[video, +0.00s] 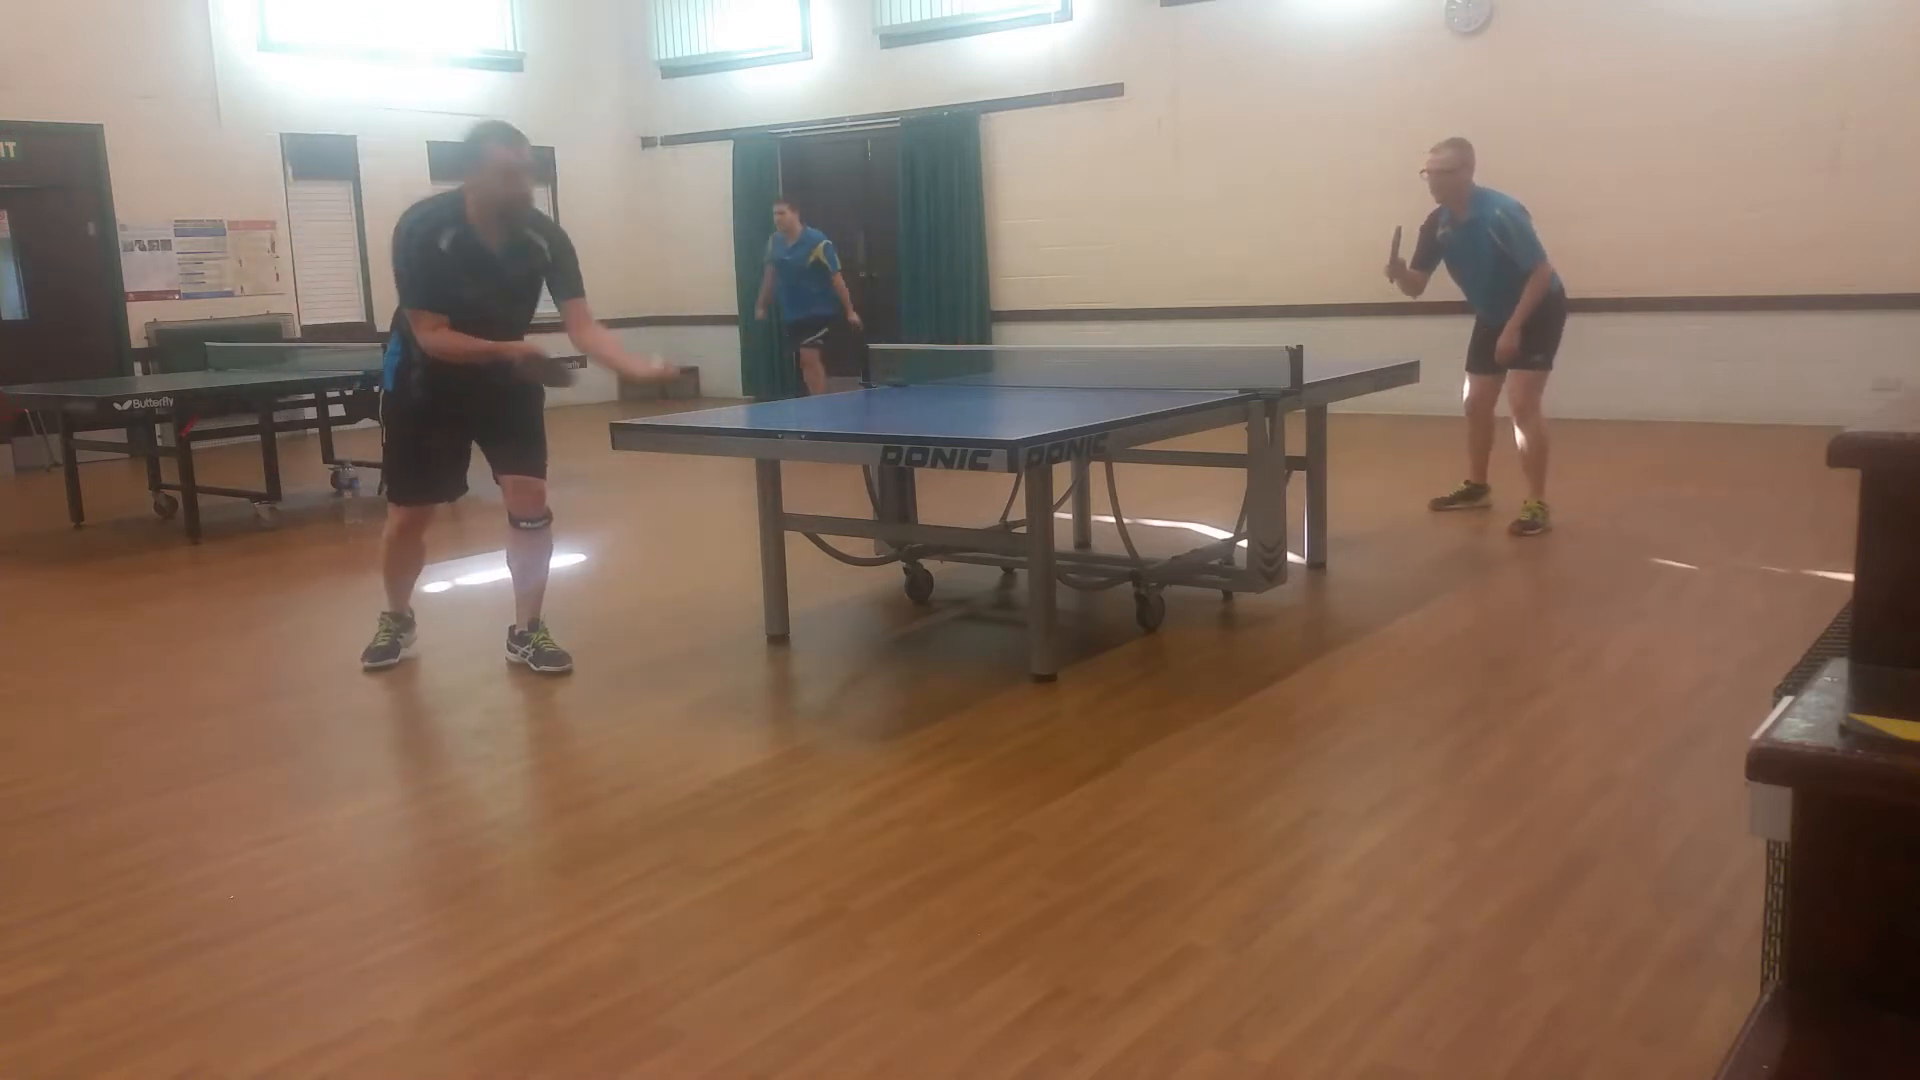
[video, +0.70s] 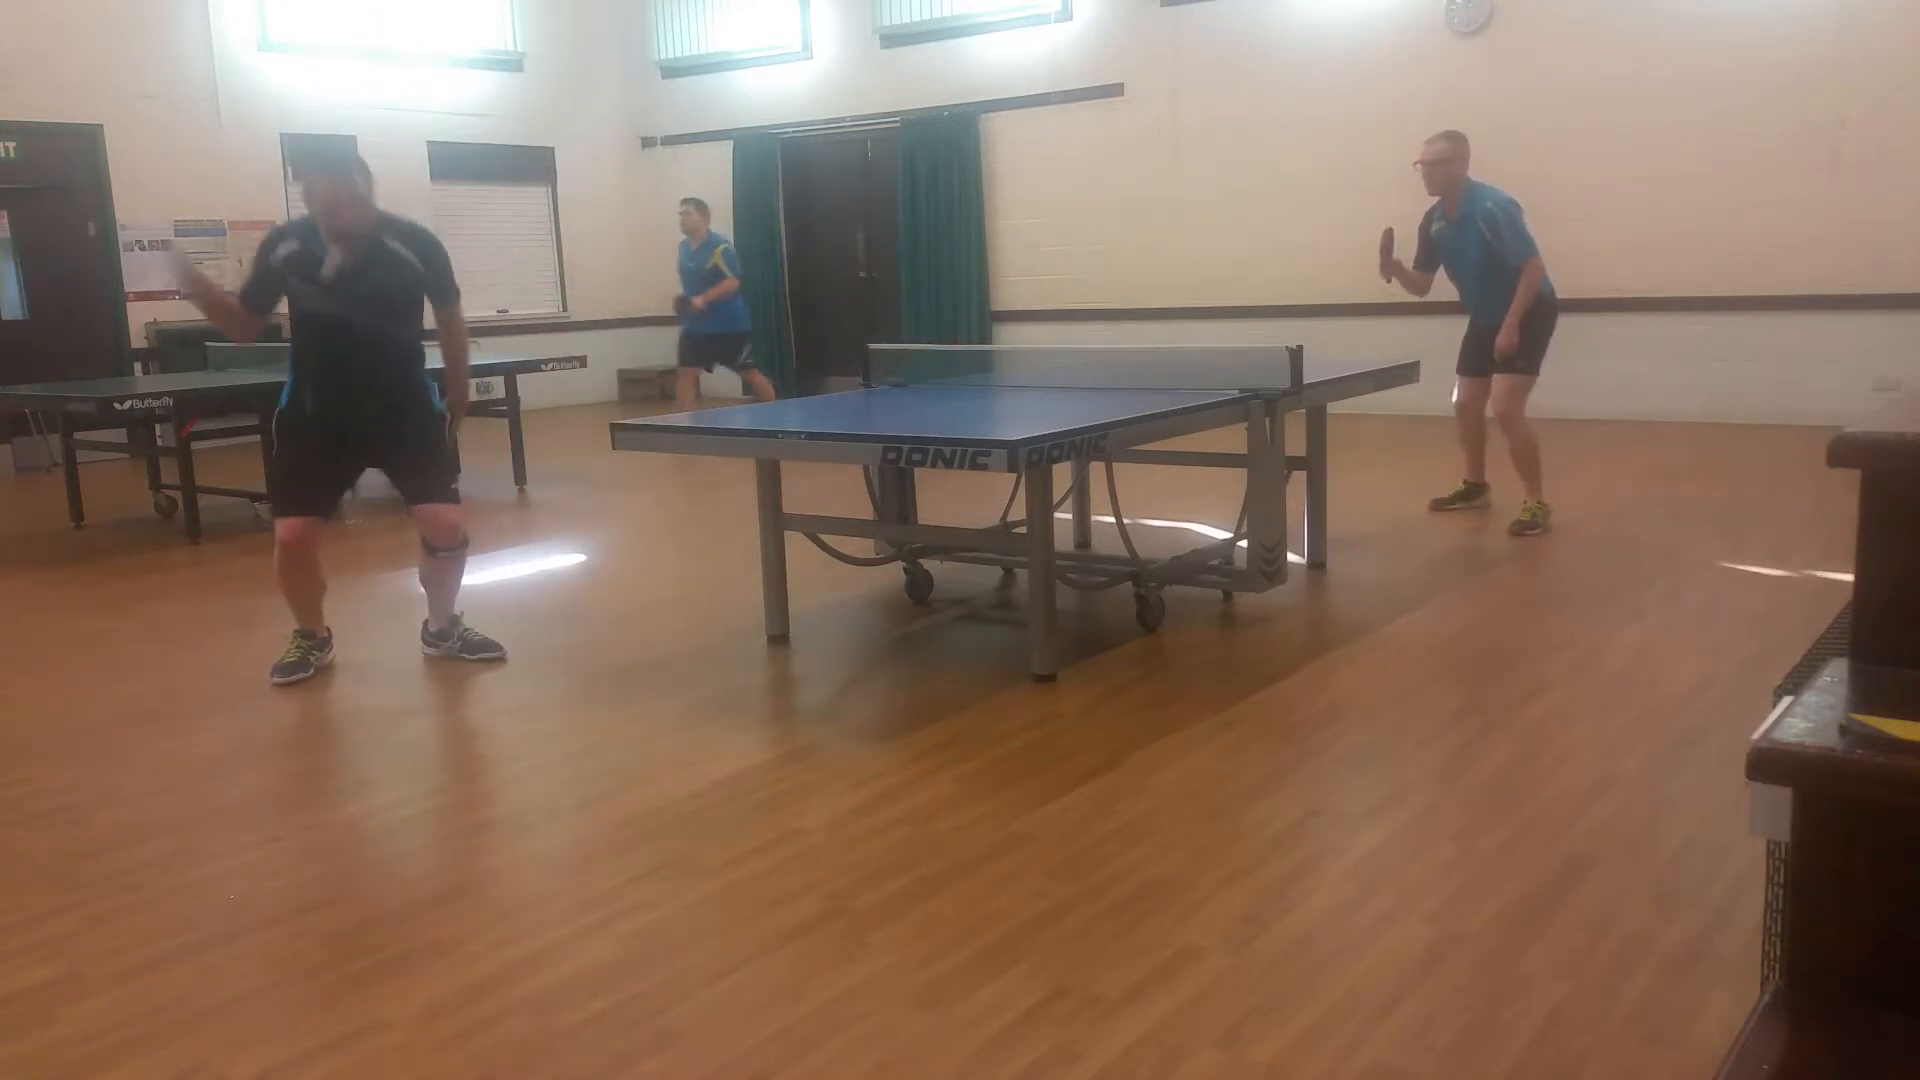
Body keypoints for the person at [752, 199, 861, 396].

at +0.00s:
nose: (777, 218)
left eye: (781, 213)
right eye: (775, 214)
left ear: (795, 214)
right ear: (773, 217)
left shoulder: (818, 242)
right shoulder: (775, 241)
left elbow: (837, 279)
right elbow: (769, 275)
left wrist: (850, 310)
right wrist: (762, 304)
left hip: (817, 310)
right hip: (791, 312)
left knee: (808, 359)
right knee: (808, 360)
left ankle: (820, 407)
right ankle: (821, 406)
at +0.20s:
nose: (756, 220)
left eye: (761, 215)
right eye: (754, 216)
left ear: (776, 217)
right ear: (753, 219)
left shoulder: (798, 244)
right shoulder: (755, 245)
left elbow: (821, 279)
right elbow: (749, 279)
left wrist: (839, 312)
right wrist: (734, 305)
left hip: (795, 317)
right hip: (772, 318)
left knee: (782, 362)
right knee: (792, 368)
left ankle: (785, 418)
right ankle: (814, 413)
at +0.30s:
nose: (745, 216)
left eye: (750, 211)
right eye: (743, 212)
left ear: (764, 212)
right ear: (743, 217)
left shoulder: (787, 242)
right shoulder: (745, 241)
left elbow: (806, 278)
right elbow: (742, 277)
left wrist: (820, 315)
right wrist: (730, 308)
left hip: (782, 317)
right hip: (755, 318)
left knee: (776, 364)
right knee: (759, 371)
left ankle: (783, 417)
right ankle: (799, 397)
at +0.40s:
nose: (733, 211)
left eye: (738, 206)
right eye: (732, 207)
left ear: (752, 209)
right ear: (732, 212)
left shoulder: (774, 239)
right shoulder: (734, 239)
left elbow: (790, 277)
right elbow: (734, 280)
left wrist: (792, 315)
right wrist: (729, 311)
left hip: (772, 317)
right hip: (741, 316)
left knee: (775, 365)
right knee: (735, 363)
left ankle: (783, 413)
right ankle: (767, 403)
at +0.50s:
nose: (719, 212)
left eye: (723, 207)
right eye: (717, 208)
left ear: (738, 209)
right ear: (717, 213)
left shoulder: (758, 240)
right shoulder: (720, 240)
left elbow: (769, 277)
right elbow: (724, 279)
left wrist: (761, 313)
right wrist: (725, 311)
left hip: (760, 319)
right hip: (728, 319)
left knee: (771, 368)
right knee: (718, 365)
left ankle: (784, 417)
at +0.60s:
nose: (701, 216)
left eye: (707, 212)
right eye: (700, 212)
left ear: (722, 215)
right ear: (702, 217)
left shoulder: (741, 244)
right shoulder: (704, 245)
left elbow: (751, 280)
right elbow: (710, 283)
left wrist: (729, 305)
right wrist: (711, 312)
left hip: (748, 321)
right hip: (716, 322)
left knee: (764, 371)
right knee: (706, 373)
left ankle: (783, 420)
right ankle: (698, 426)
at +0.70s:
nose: (681, 219)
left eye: (687, 214)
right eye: (681, 215)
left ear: (704, 217)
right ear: (680, 219)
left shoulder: (720, 246)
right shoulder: (684, 248)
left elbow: (734, 281)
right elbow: (693, 283)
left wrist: (702, 298)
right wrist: (686, 300)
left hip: (729, 325)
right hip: (697, 325)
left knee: (750, 375)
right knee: (686, 375)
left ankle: (776, 417)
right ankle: (685, 427)